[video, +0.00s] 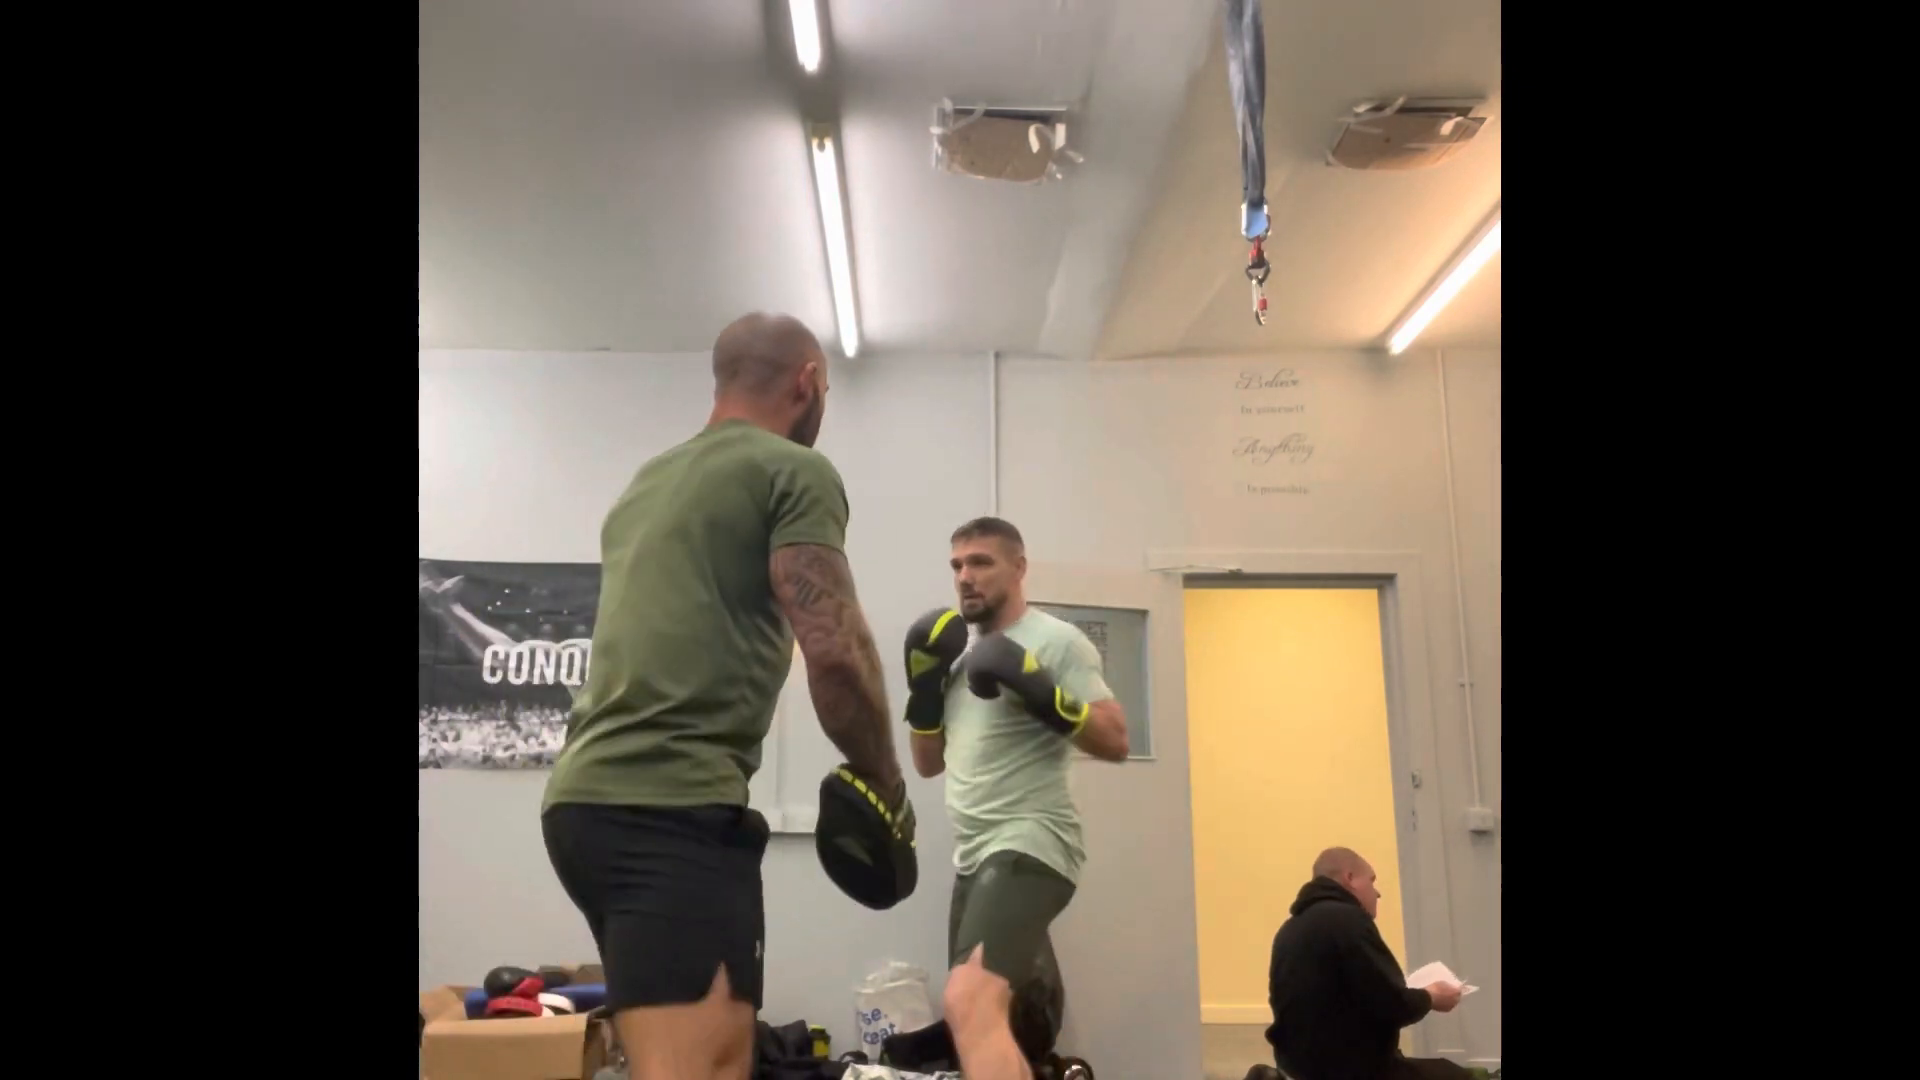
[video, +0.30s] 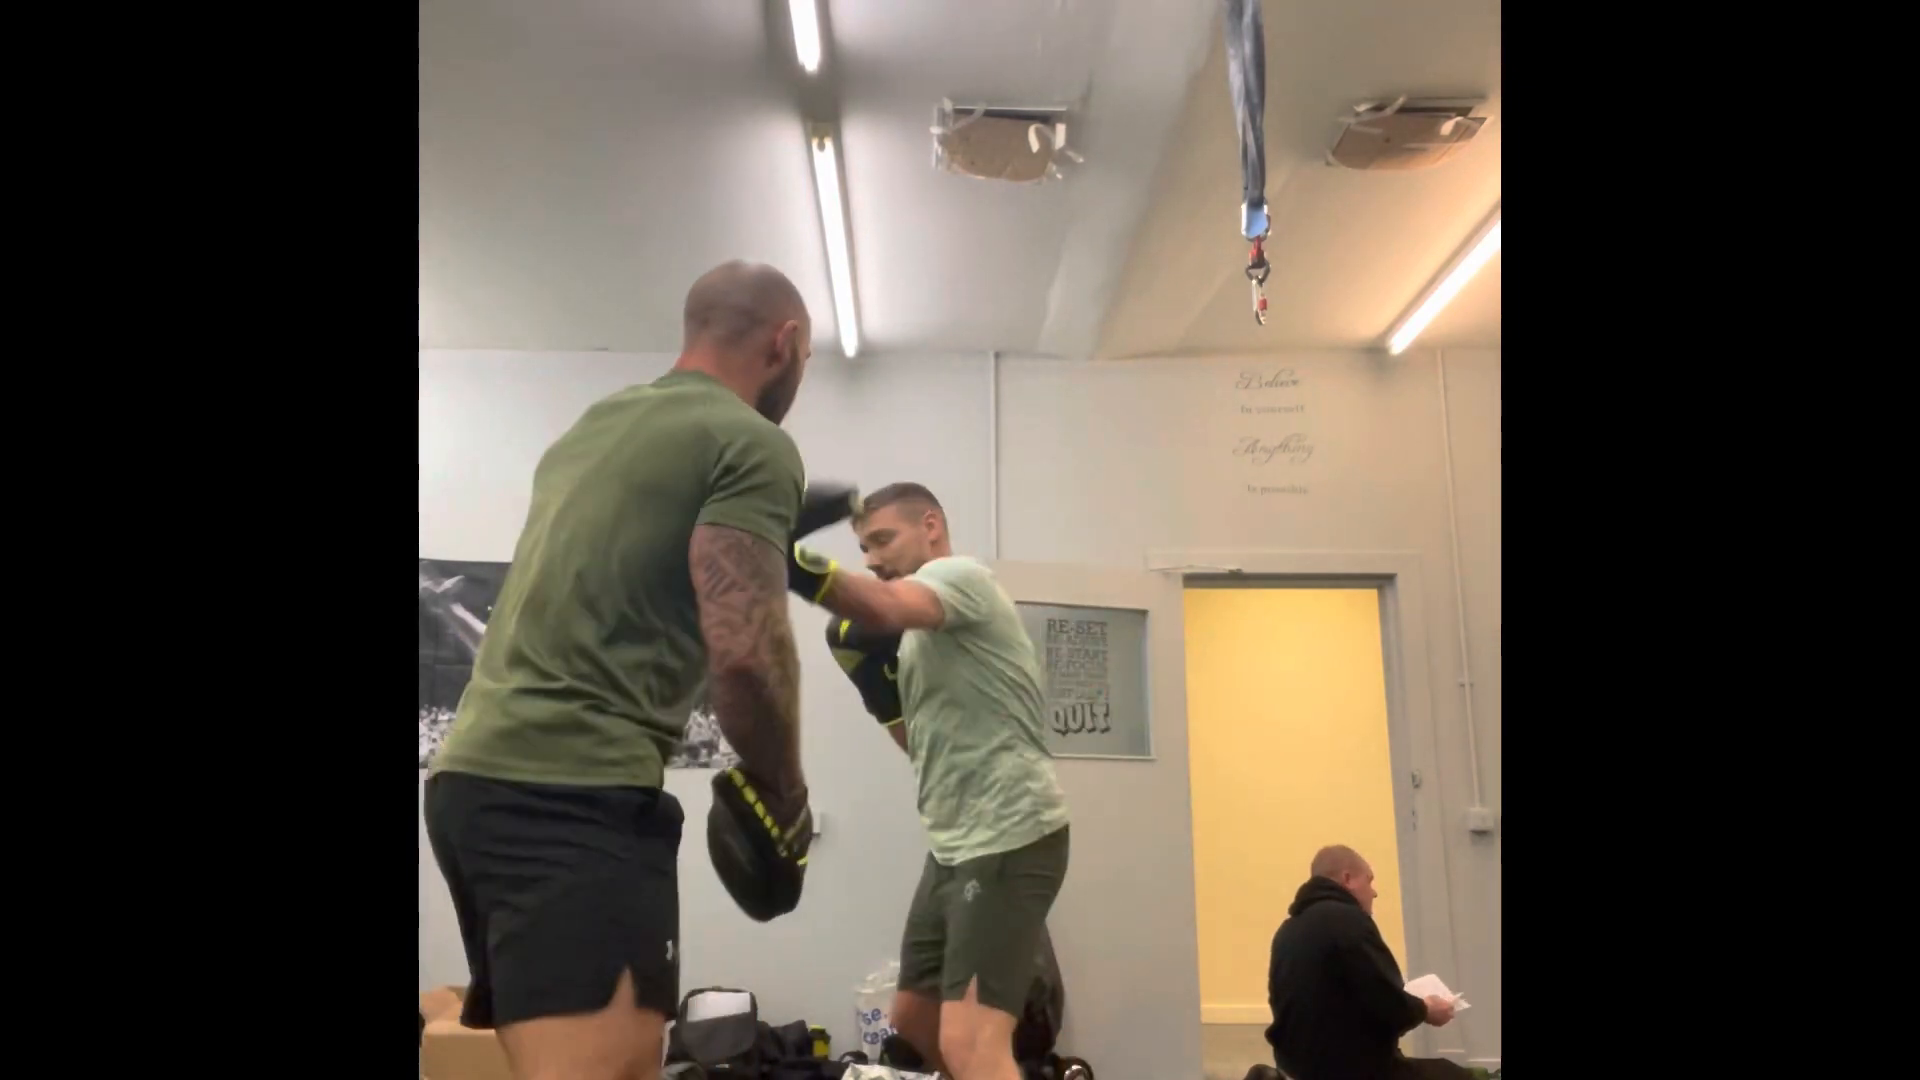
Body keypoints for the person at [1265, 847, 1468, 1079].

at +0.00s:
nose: (1377, 893)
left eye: (1374, 883)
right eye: (1372, 882)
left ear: (1325, 881)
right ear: (1349, 879)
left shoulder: (1288, 931)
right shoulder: (1347, 919)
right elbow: (1387, 1007)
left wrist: (1402, 992)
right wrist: (1430, 997)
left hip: (1302, 1069)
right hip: (1357, 1071)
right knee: (1456, 1072)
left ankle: (1273, 1075)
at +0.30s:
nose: (1375, 893)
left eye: (1372, 883)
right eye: (1370, 881)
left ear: (1320, 881)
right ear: (1347, 879)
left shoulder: (1287, 930)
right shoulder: (1347, 920)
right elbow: (1387, 1008)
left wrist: (1400, 1000)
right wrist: (1425, 1009)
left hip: (1302, 1068)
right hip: (1357, 1071)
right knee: (1454, 1072)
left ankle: (1271, 1075)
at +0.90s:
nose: (1410, 919)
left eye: (1412, 908)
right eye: (1409, 906)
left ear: (1360, 891)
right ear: (1389, 896)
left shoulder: (1319, 925)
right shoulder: (1384, 932)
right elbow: (1385, 1032)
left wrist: (1401, 1042)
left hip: (1295, 1060)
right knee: (1451, 1073)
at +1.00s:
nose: (1415, 923)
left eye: (1417, 912)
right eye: (1415, 910)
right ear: (1394, 898)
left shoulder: (1326, 925)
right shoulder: (1389, 933)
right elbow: (1387, 1030)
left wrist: (1403, 1045)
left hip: (1293, 1057)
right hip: (1341, 1067)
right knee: (1457, 1072)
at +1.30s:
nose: (1407, 917)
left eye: (1409, 904)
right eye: (1405, 902)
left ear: (1378, 891)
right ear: (1383, 892)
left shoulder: (1314, 928)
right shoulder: (1382, 932)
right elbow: (1385, 1033)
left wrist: (1398, 1044)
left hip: (1295, 1059)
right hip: (1347, 1067)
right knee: (1456, 1072)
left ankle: (1273, 1073)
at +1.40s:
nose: (1402, 911)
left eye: (1402, 899)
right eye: (1399, 897)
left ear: (1350, 886)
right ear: (1376, 887)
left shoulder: (1310, 926)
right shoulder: (1376, 929)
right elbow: (1378, 1027)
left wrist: (1400, 1042)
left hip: (1297, 1059)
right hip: (1349, 1067)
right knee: (1458, 1072)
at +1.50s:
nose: (1400, 909)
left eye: (1400, 898)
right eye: (1397, 896)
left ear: (1369, 889)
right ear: (1373, 888)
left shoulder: (1312, 924)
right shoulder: (1366, 926)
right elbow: (1355, 1013)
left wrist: (1397, 1039)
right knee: (1453, 1073)